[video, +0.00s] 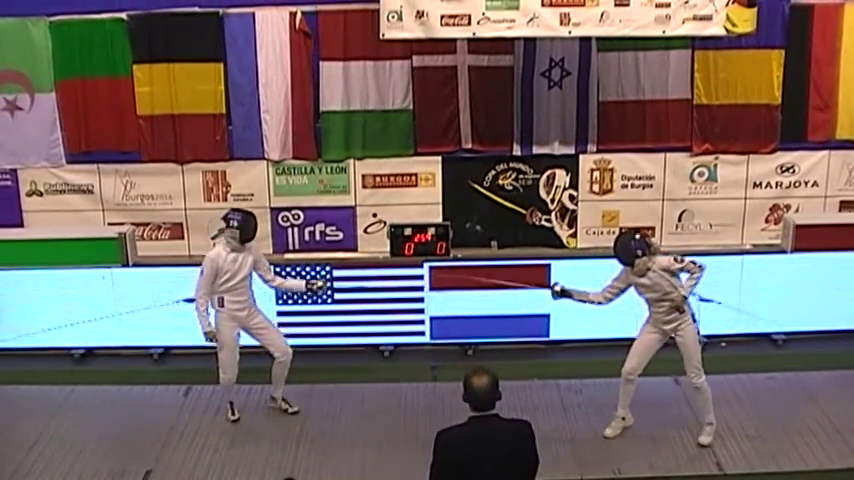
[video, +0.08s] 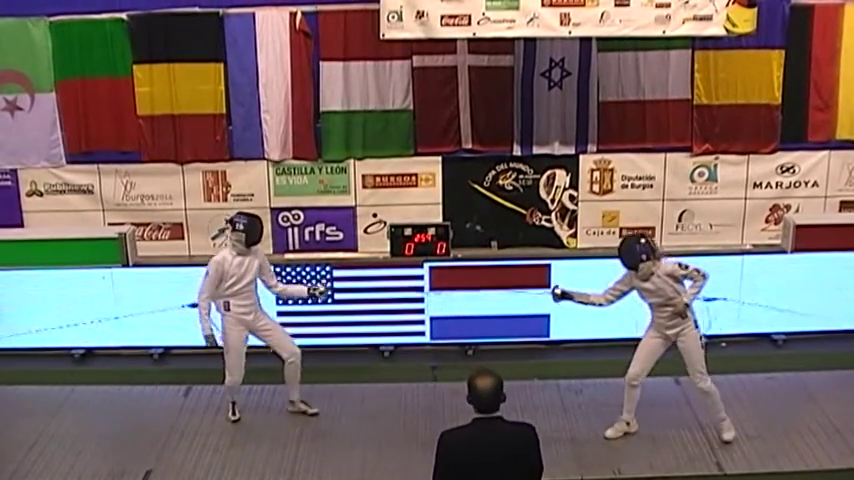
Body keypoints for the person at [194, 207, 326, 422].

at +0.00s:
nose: (230, 234)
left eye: (235, 231)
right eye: (230, 230)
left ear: (243, 234)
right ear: (228, 230)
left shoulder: (252, 253)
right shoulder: (214, 257)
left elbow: (273, 280)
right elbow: (201, 296)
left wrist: (306, 285)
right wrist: (206, 327)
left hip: (250, 313)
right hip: (226, 317)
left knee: (284, 353)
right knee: (229, 374)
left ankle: (276, 397)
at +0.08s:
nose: (235, 237)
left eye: (240, 233)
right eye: (234, 232)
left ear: (250, 237)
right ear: (231, 233)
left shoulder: (257, 256)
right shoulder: (220, 261)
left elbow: (276, 287)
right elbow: (204, 298)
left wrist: (308, 291)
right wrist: (207, 332)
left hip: (257, 316)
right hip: (233, 321)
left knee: (292, 353)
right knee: (235, 377)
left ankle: (294, 401)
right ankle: (232, 403)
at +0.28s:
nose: (256, 238)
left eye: (261, 234)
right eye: (254, 233)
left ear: (271, 239)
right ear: (250, 235)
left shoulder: (277, 259)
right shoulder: (240, 263)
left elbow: (293, 289)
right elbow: (227, 302)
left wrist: (328, 291)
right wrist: (233, 336)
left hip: (277, 319)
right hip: (253, 323)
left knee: (317, 352)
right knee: (243, 376)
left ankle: (326, 401)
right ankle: (233, 402)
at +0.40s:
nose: (271, 237)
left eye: (276, 234)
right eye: (270, 232)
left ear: (287, 238)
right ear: (267, 234)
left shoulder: (296, 258)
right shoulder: (257, 263)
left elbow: (320, 284)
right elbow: (247, 301)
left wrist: (354, 283)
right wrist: (258, 329)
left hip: (296, 320)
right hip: (270, 323)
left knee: (331, 357)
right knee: (253, 373)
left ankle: (347, 404)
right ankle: (235, 401)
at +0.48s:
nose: (286, 238)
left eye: (290, 234)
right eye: (283, 233)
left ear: (300, 237)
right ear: (279, 234)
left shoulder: (308, 257)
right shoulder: (270, 263)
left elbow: (339, 276)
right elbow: (261, 304)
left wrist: (375, 280)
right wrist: (272, 331)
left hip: (309, 320)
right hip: (283, 324)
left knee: (345, 355)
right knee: (262, 374)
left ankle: (351, 405)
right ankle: (238, 399)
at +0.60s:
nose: (295, 234)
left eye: (301, 231)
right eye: (294, 230)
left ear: (311, 235)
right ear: (290, 231)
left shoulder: (321, 253)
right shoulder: (282, 259)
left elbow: (350, 273)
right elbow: (275, 299)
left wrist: (386, 274)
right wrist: (284, 329)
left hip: (319, 317)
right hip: (293, 321)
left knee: (351, 355)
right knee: (278, 374)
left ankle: (351, 404)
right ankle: (261, 401)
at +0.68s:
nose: (311, 237)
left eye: (314, 233)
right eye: (309, 232)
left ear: (319, 233)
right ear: (301, 230)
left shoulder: (325, 251)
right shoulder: (286, 257)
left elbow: (350, 275)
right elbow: (277, 295)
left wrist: (384, 278)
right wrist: (286, 326)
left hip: (321, 314)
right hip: (296, 316)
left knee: (352, 354)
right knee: (288, 368)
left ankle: (351, 404)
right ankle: (283, 404)